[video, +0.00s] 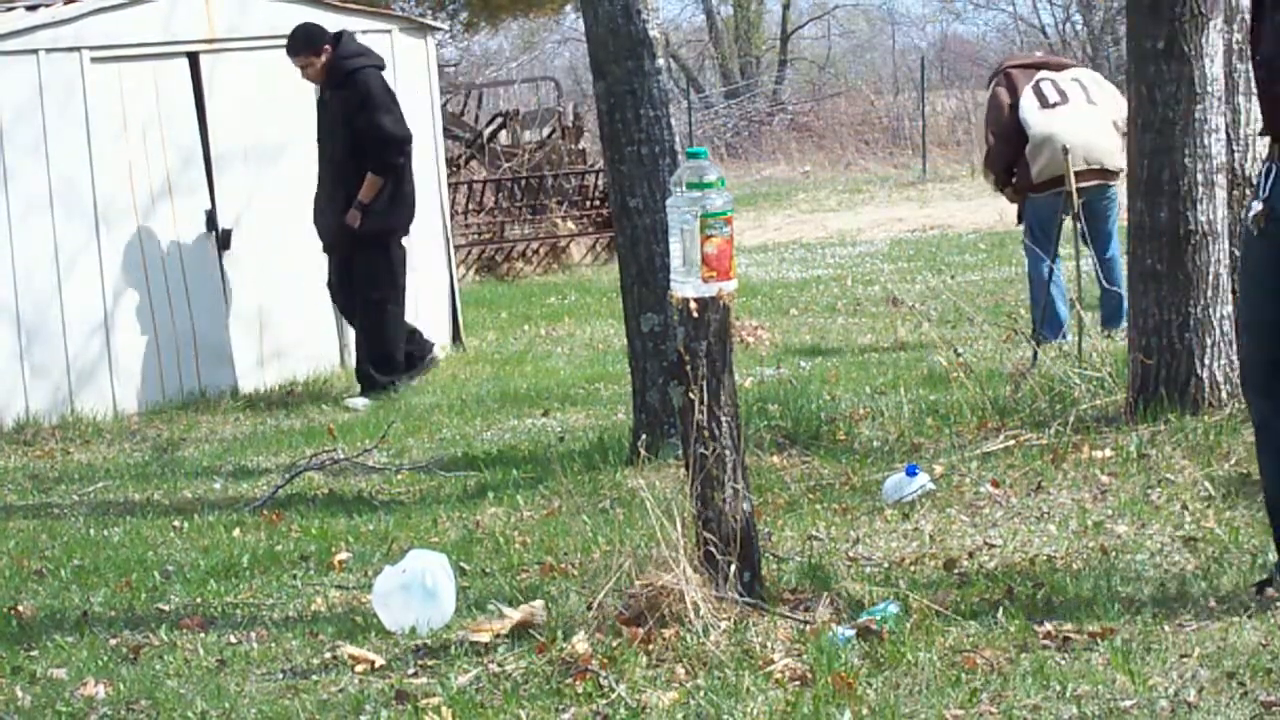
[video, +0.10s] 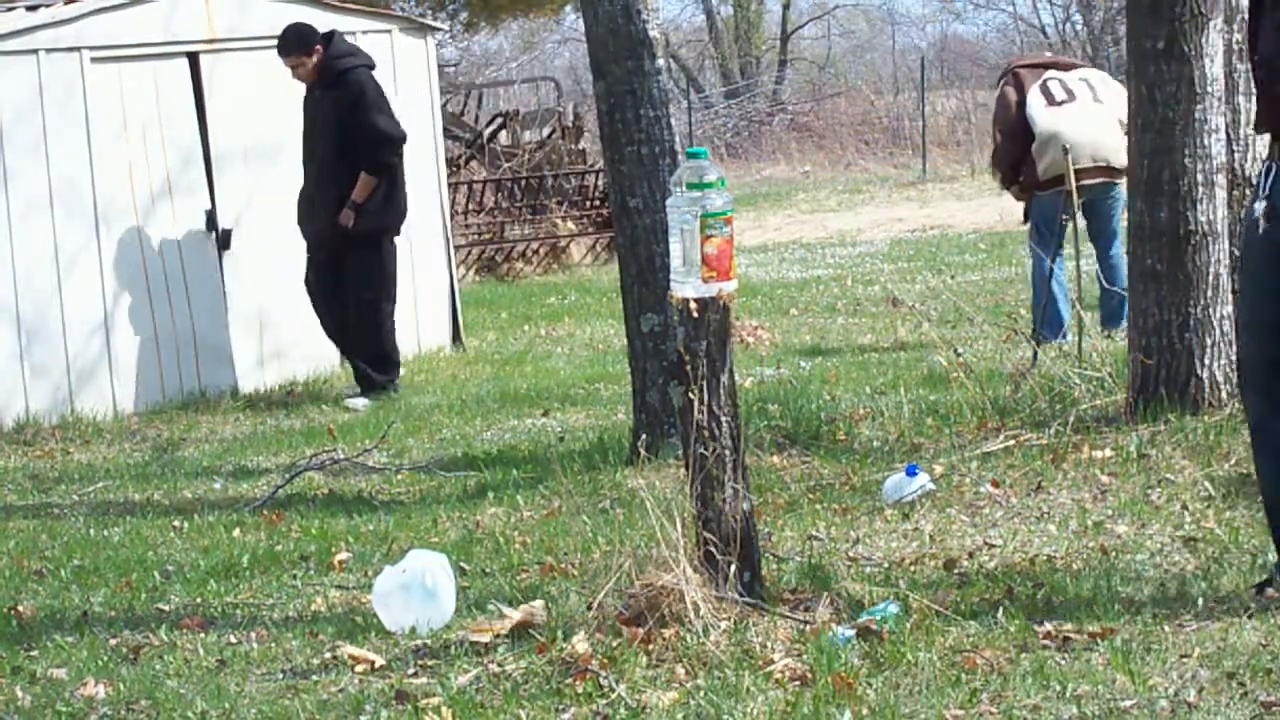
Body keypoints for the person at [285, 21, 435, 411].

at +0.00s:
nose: (303, 75)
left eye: (306, 66)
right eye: (299, 68)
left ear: (325, 53)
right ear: (315, 57)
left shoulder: (360, 78)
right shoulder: (334, 80)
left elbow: (391, 145)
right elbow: (343, 149)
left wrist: (360, 204)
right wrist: (330, 202)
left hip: (375, 216)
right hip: (347, 215)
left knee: (374, 299)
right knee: (346, 293)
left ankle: (379, 387)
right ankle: (414, 349)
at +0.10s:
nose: (293, 74)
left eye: (296, 65)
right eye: (289, 67)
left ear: (316, 52)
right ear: (303, 58)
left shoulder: (354, 80)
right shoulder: (318, 86)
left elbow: (386, 144)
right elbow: (326, 152)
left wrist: (354, 203)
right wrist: (314, 203)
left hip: (365, 218)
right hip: (329, 218)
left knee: (366, 298)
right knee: (323, 290)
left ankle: (379, 386)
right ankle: (369, 372)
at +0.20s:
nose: (282, 75)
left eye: (286, 67)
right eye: (278, 69)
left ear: (305, 54)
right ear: (286, 61)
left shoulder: (345, 82)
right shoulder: (301, 91)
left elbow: (377, 144)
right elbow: (310, 154)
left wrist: (346, 203)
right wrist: (297, 201)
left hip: (355, 218)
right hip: (312, 217)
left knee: (360, 302)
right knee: (304, 302)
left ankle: (377, 387)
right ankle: (323, 385)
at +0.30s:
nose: (269, 78)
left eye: (272, 70)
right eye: (264, 71)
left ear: (293, 57)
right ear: (272, 64)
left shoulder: (330, 82)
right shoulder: (284, 94)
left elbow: (365, 147)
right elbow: (294, 157)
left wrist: (334, 206)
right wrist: (282, 205)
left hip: (344, 223)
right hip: (301, 224)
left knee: (355, 309)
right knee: (286, 313)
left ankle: (376, 390)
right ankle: (269, 395)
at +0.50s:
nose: (232, 84)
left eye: (235, 75)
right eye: (227, 77)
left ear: (256, 62)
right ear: (228, 71)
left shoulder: (292, 89)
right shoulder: (241, 106)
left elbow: (330, 148)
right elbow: (248, 174)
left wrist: (302, 211)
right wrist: (237, 222)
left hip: (305, 229)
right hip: (261, 232)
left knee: (330, 314)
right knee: (256, 324)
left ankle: (372, 389)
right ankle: (244, 404)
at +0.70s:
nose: (194, 83)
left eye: (198, 75)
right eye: (189, 76)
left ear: (218, 62)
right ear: (186, 71)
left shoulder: (255, 85)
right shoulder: (202, 101)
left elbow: (293, 146)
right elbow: (209, 164)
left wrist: (263, 206)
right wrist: (204, 213)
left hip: (263, 219)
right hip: (224, 222)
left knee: (273, 303)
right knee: (234, 315)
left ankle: (333, 375)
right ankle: (244, 402)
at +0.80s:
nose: (180, 83)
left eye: (185, 74)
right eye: (175, 76)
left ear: (204, 61)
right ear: (173, 71)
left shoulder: (242, 85)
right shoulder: (188, 104)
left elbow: (282, 143)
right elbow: (197, 165)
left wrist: (249, 202)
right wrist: (194, 211)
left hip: (252, 219)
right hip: (213, 222)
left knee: (250, 303)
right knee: (225, 312)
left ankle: (296, 384)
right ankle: (243, 402)